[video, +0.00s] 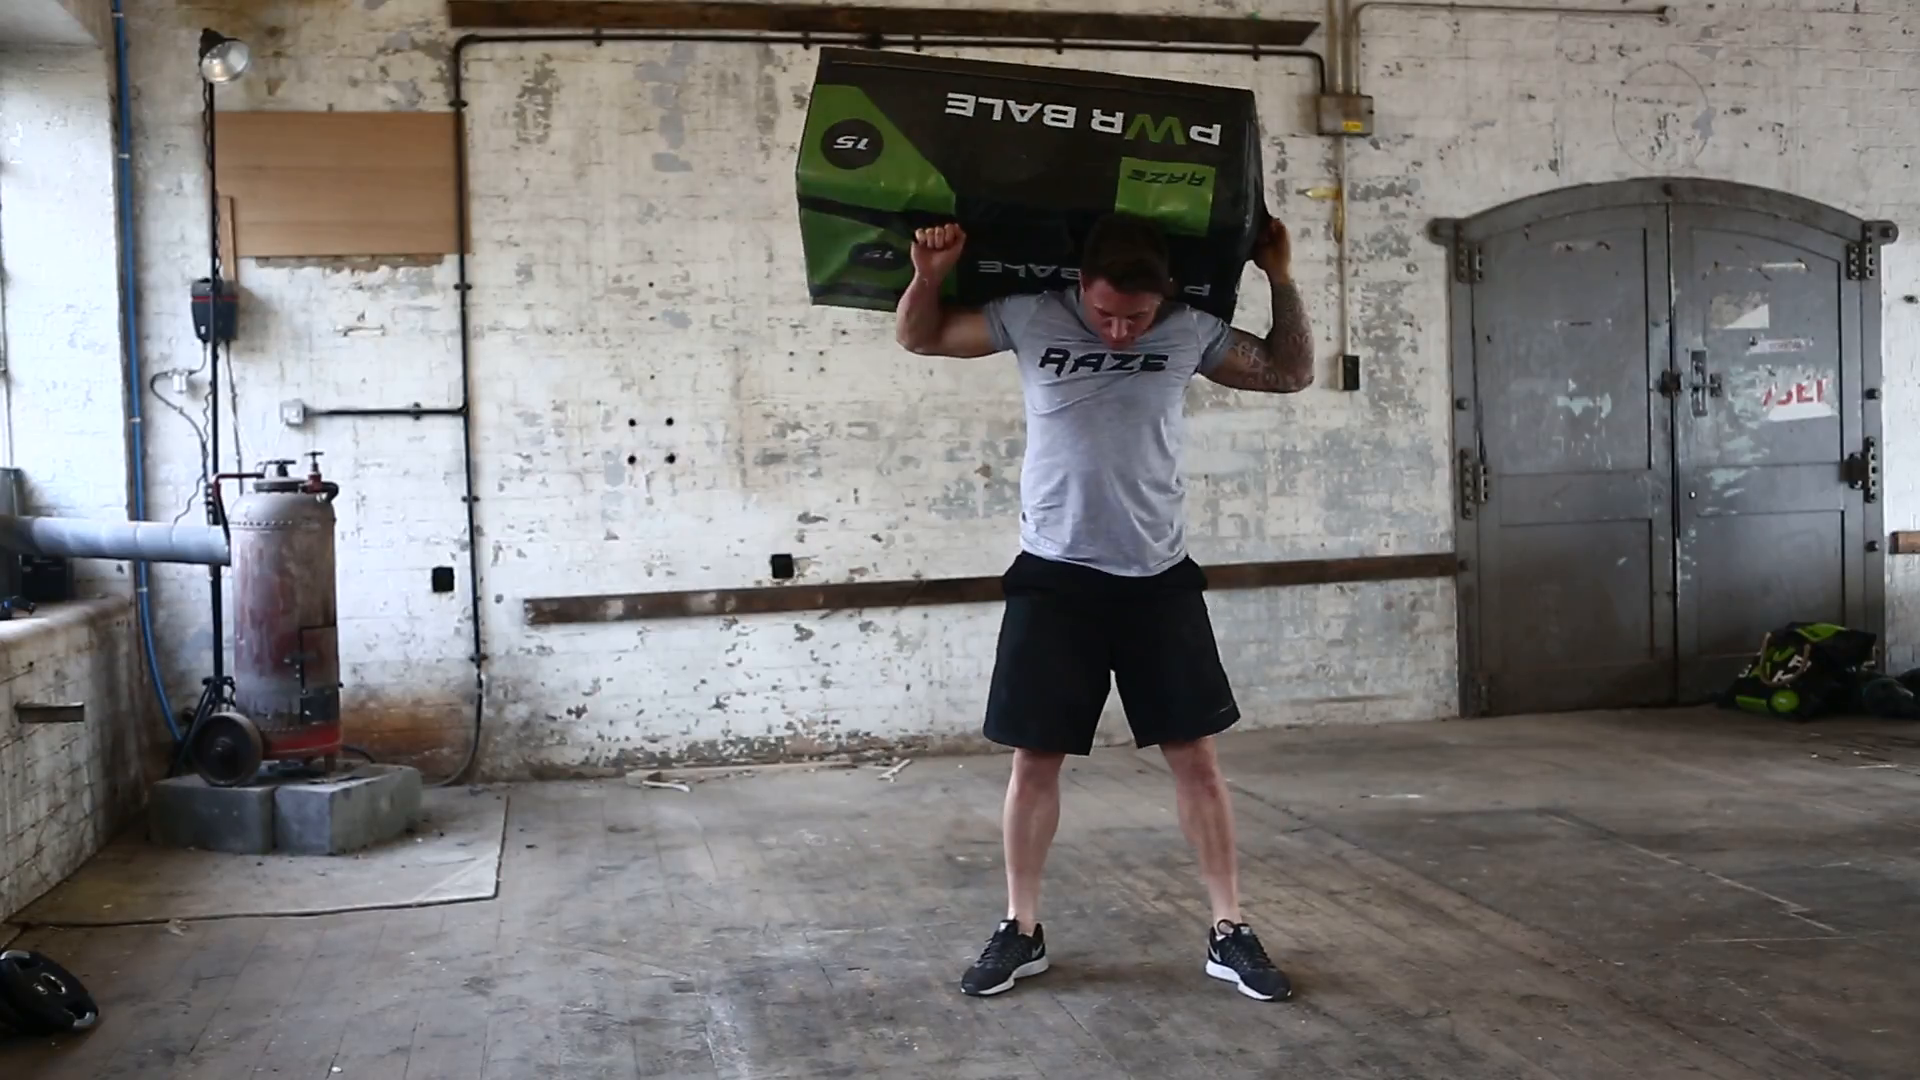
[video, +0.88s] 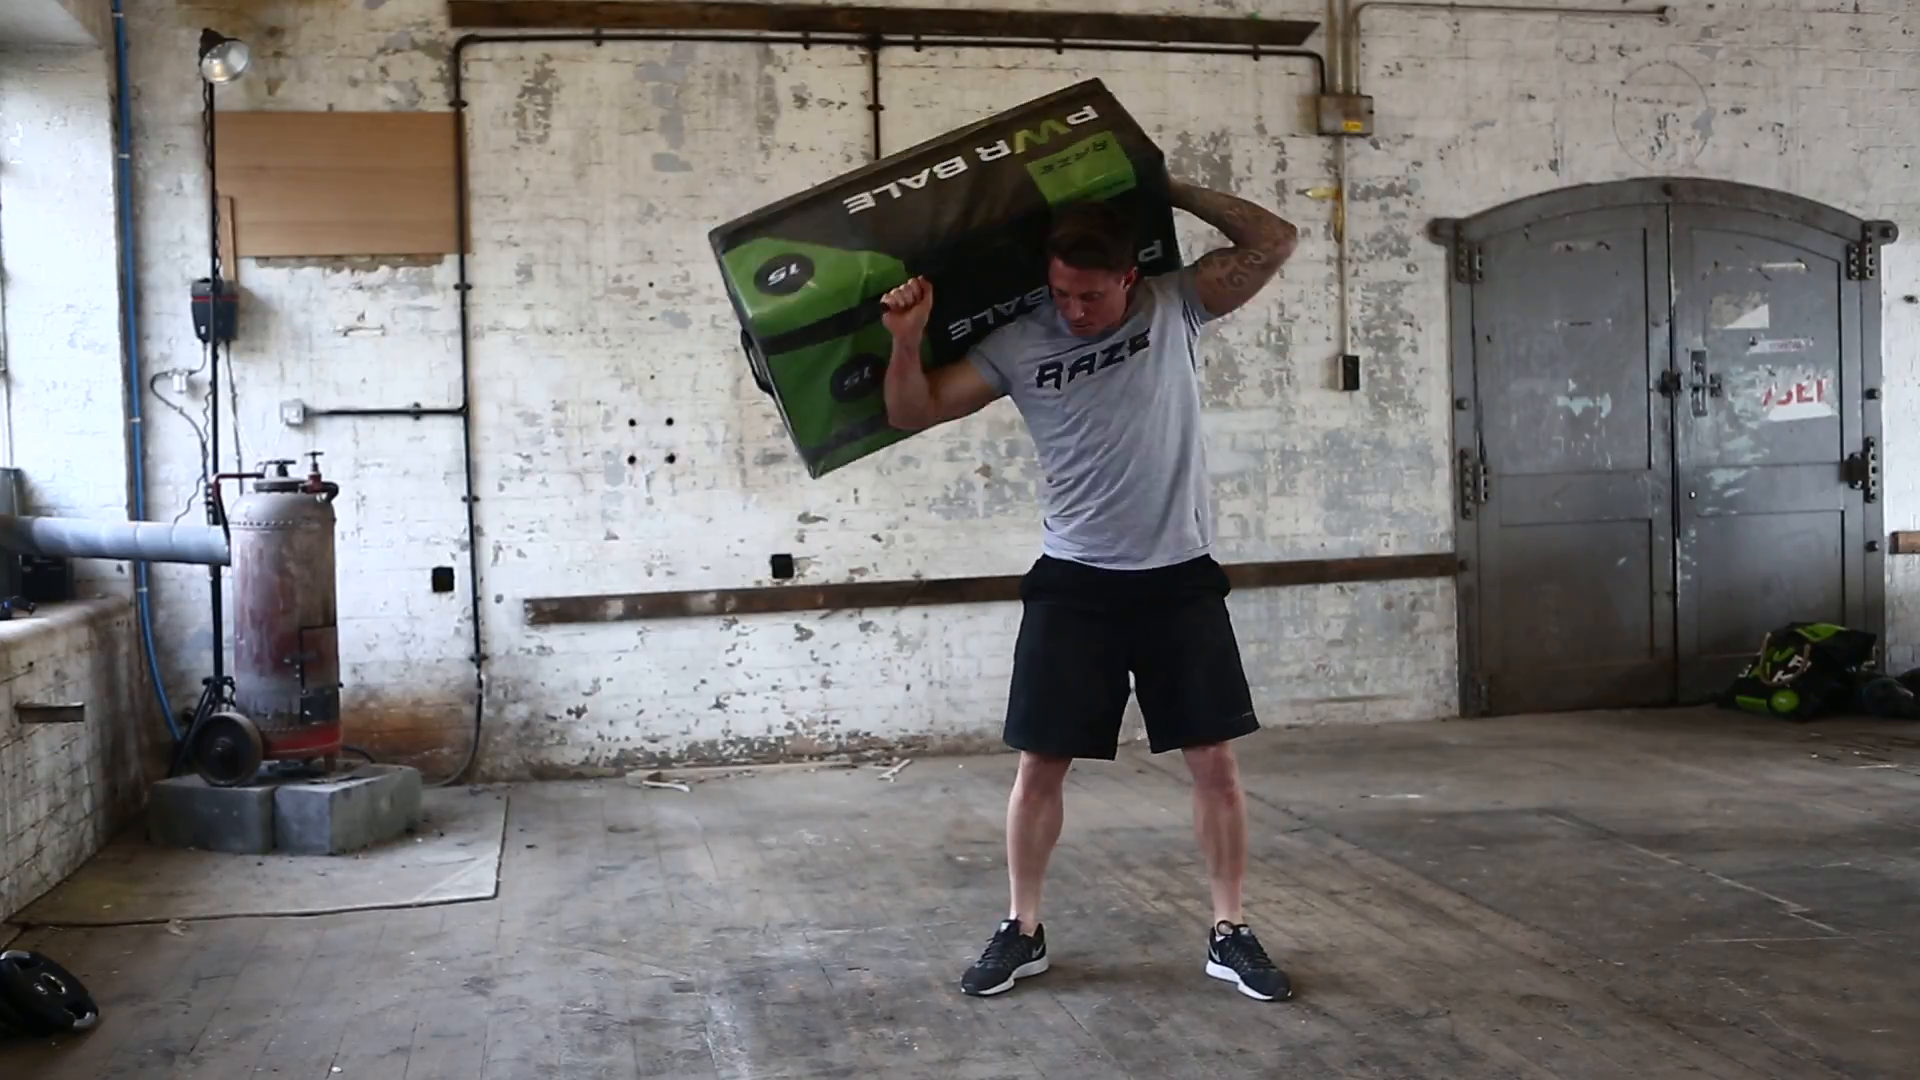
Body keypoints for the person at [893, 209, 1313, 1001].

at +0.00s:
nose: (1122, 329)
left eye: (1139, 316)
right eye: (1109, 313)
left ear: (1163, 295)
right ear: (1082, 285)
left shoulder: (1187, 331)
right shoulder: (1033, 318)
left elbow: (1290, 368)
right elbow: (921, 332)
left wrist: (1280, 273)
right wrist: (928, 272)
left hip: (1159, 582)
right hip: (1056, 581)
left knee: (1194, 756)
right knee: (1035, 760)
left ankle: (1229, 930)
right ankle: (1020, 928)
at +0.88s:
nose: (1076, 310)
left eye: (1092, 295)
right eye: (1062, 294)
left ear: (1130, 272)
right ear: (1048, 276)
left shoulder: (1175, 304)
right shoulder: (1021, 344)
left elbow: (1273, 240)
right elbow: (911, 412)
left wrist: (1179, 191)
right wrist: (906, 339)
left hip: (1181, 578)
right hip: (1073, 583)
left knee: (1215, 763)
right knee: (1039, 766)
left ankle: (1230, 930)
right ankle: (1021, 926)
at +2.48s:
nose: (1038, 728)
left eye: (1042, 714)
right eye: (1022, 727)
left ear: (1059, 667)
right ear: (986, 696)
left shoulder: (1090, 618)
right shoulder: (980, 698)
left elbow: (1111, 588)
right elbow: (957, 770)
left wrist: (1001, 591)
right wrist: (931, 845)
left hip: (1164, 750)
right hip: (1069, 763)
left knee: (1237, 803)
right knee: (978, 809)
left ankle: (1221, 936)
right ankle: (1025, 935)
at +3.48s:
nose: (1126, 309)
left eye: (1143, 295)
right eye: (1112, 293)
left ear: (1172, 281)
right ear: (1091, 276)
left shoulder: (1202, 329)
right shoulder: (1048, 316)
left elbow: (1313, 360)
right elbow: (937, 329)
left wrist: (1289, 262)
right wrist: (931, 260)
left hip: (1168, 581)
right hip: (1062, 581)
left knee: (1200, 756)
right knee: (1039, 764)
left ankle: (1231, 929)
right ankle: (1022, 926)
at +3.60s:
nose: (1130, 303)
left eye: (1146, 287)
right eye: (1115, 286)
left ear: (1176, 272)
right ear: (1094, 270)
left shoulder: (1208, 327)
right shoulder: (1054, 317)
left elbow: (1325, 353)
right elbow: (946, 334)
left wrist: (1301, 249)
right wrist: (934, 267)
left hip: (1174, 581)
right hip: (1069, 580)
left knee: (1207, 758)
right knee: (1045, 763)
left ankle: (1232, 930)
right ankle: (1023, 927)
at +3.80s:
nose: (1129, 300)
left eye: (1144, 284)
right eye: (1114, 284)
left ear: (1167, 272)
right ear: (1088, 272)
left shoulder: (1200, 328)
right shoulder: (1046, 322)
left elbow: (1321, 349)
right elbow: (939, 342)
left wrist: (1301, 246)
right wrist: (932, 267)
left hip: (1171, 581)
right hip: (1066, 581)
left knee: (1204, 759)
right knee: (1043, 764)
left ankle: (1232, 927)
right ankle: (1022, 928)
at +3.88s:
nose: (1126, 301)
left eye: (1141, 285)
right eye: (1110, 285)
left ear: (1164, 271)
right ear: (1084, 270)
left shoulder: (1197, 328)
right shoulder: (1043, 321)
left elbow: (1316, 353)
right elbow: (935, 341)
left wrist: (1302, 249)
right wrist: (932, 267)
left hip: (1167, 581)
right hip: (1061, 581)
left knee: (1202, 758)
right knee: (1040, 765)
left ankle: (1231, 925)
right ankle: (1023, 927)